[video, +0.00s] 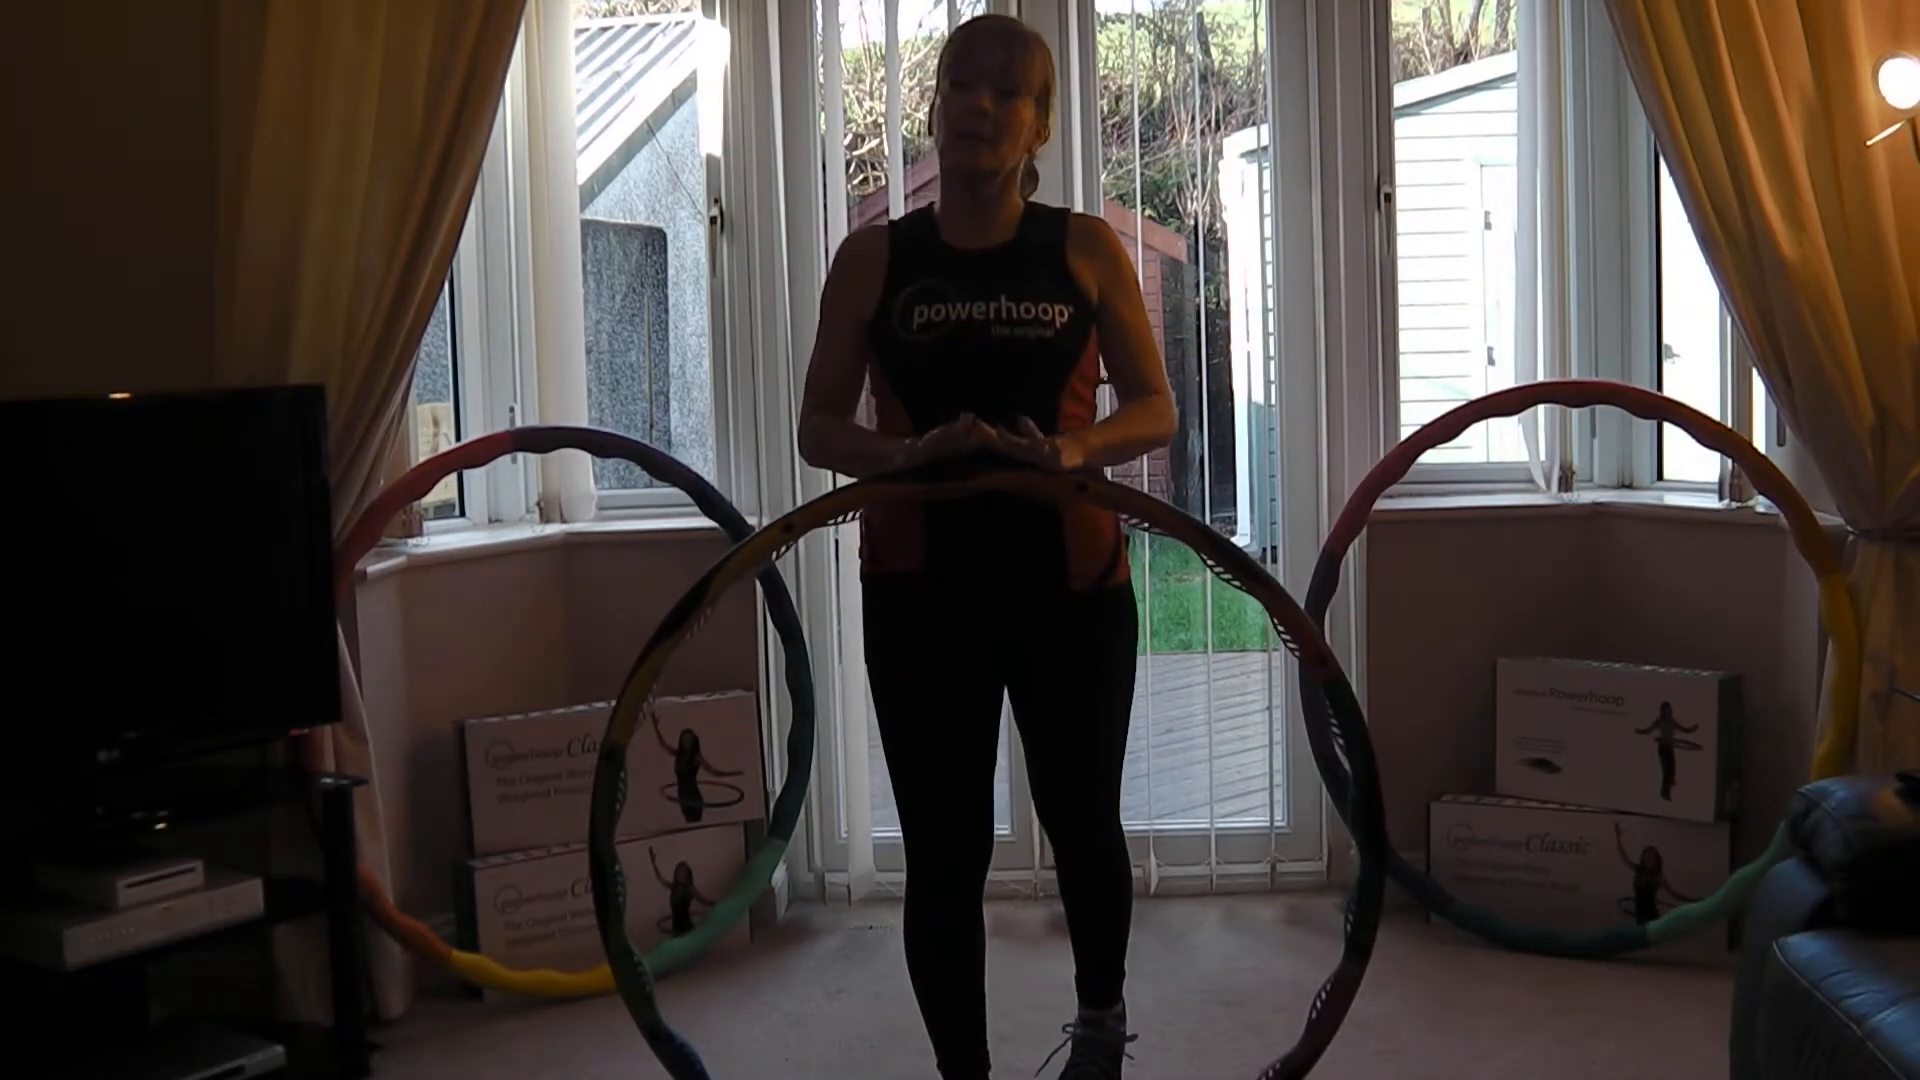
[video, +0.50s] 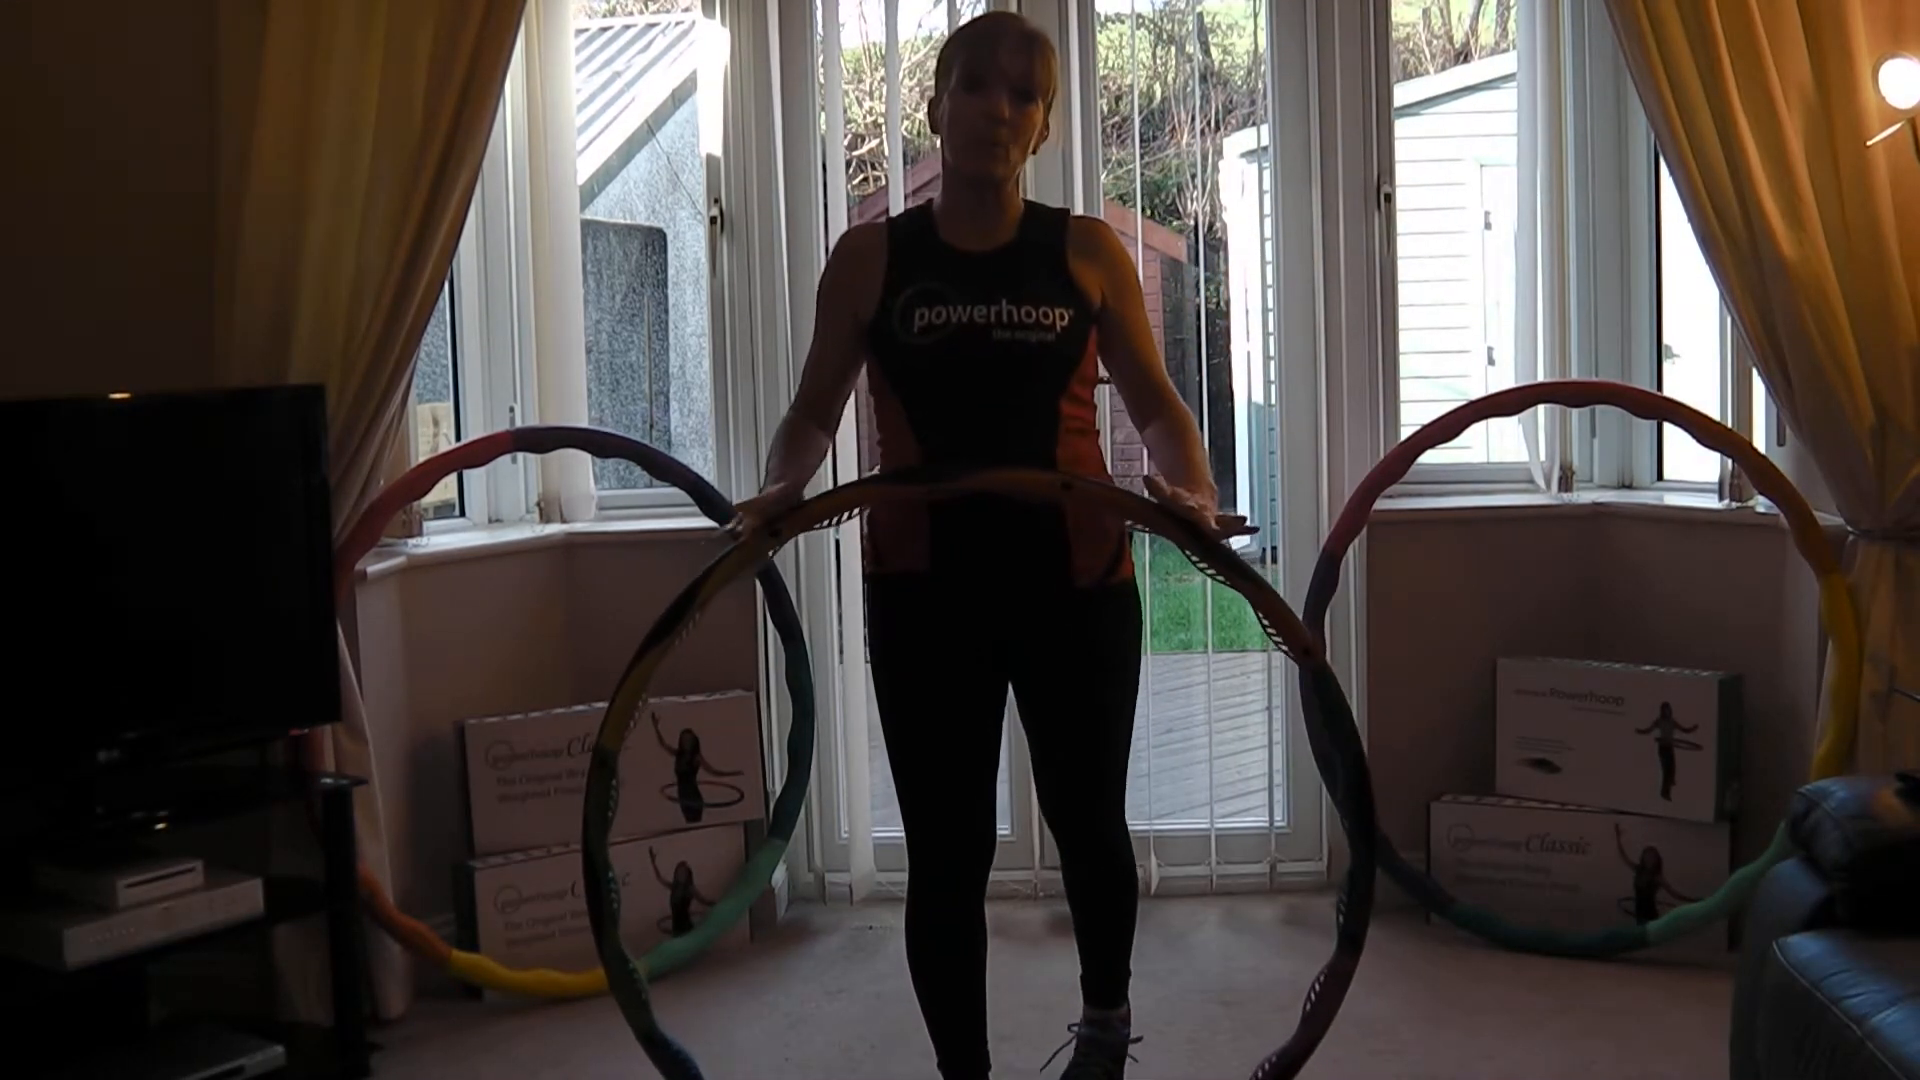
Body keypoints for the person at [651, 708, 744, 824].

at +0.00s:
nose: (685, 742)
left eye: (688, 739)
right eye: (683, 739)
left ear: (693, 742)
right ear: (680, 741)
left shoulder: (696, 757)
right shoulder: (678, 754)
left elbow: (713, 772)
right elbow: (662, 744)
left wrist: (734, 773)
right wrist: (655, 726)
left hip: (693, 794)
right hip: (682, 794)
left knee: (696, 827)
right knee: (690, 827)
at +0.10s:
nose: (686, 743)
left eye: (689, 740)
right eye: (684, 740)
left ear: (694, 742)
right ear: (680, 741)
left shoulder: (696, 757)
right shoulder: (678, 754)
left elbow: (713, 772)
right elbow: (663, 744)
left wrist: (734, 773)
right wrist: (655, 727)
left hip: (693, 795)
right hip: (682, 795)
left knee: (696, 829)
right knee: (691, 829)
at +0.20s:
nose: (686, 743)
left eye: (689, 740)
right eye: (684, 740)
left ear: (694, 742)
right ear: (680, 741)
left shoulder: (696, 757)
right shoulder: (679, 754)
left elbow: (713, 772)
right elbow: (663, 744)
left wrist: (734, 773)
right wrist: (655, 727)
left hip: (693, 795)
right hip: (682, 795)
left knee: (696, 828)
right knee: (691, 828)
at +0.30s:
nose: (685, 742)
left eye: (689, 739)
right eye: (683, 739)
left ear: (693, 741)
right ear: (680, 741)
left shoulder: (696, 757)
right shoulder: (678, 754)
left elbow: (713, 772)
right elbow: (662, 744)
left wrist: (734, 773)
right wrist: (656, 726)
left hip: (693, 794)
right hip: (682, 795)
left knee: (696, 827)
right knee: (691, 827)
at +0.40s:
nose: (685, 742)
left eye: (688, 739)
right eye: (683, 739)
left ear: (693, 741)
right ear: (680, 741)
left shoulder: (696, 757)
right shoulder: (678, 754)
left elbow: (713, 772)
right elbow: (662, 744)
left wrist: (734, 773)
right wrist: (656, 726)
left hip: (693, 794)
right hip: (682, 795)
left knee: (696, 828)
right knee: (691, 828)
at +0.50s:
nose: (685, 742)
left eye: (688, 739)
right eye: (683, 739)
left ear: (693, 741)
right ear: (680, 741)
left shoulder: (696, 757)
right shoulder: (678, 755)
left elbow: (713, 772)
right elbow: (662, 744)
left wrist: (734, 773)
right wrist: (656, 726)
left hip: (693, 795)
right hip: (682, 795)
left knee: (696, 828)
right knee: (691, 828)